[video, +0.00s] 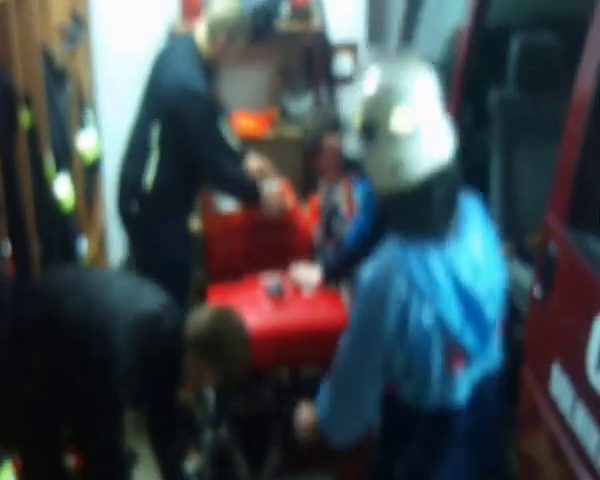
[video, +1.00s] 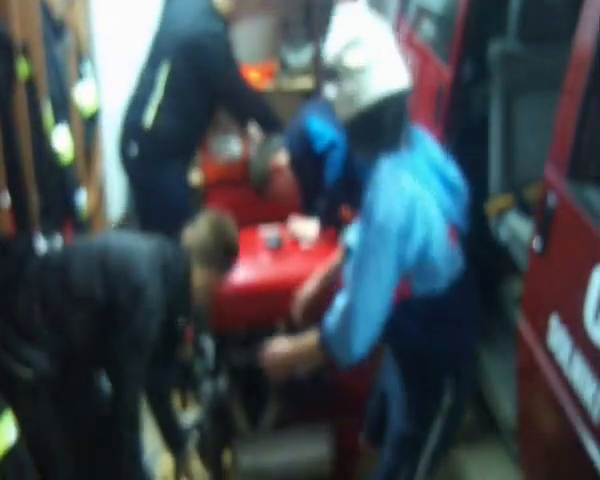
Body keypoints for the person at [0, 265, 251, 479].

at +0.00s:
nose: (206, 386)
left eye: (215, 380)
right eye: (212, 376)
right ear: (202, 355)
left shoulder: (166, 325)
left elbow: (163, 423)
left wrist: (173, 472)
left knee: (103, 452)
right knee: (42, 457)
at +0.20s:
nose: (209, 366)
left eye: (216, 359)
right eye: (215, 357)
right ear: (205, 338)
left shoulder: (167, 306)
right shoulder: (130, 329)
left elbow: (159, 412)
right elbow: (112, 428)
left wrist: (172, 470)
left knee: (104, 448)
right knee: (42, 458)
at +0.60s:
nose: (222, 339)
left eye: (230, 332)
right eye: (227, 329)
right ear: (213, 310)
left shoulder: (168, 294)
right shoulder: (141, 318)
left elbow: (160, 399)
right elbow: (115, 423)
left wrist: (180, 464)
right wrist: (119, 473)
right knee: (56, 464)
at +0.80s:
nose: (216, 325)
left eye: (224, 317)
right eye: (221, 313)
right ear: (209, 296)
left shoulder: (165, 285)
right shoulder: (141, 310)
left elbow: (156, 390)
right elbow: (114, 420)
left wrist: (178, 456)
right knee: (57, 465)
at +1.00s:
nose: (213, 289)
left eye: (220, 280)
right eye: (217, 278)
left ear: (190, 241)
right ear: (211, 267)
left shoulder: (164, 264)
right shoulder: (148, 288)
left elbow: (155, 380)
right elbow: (127, 387)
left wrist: (181, 451)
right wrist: (129, 461)